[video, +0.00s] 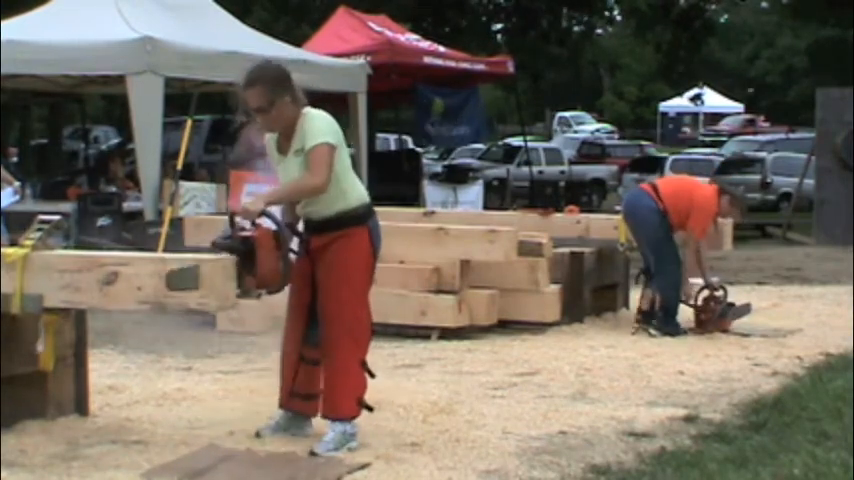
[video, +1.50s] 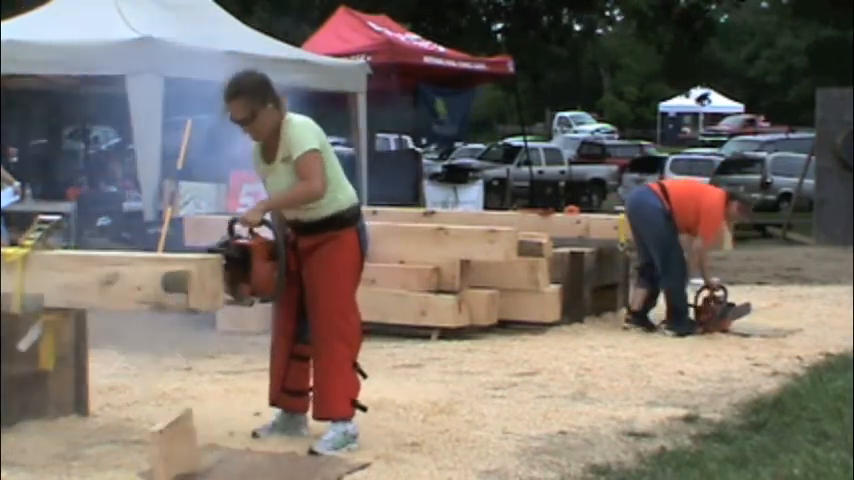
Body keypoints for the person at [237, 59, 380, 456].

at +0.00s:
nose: (260, 120)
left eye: (265, 109)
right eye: (254, 113)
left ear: (290, 99)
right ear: (252, 111)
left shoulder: (318, 124)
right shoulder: (274, 141)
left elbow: (319, 180)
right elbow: (290, 199)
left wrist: (267, 198)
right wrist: (283, 244)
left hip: (349, 233)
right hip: (313, 237)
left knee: (342, 324)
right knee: (302, 323)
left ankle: (344, 423)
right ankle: (297, 413)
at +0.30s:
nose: (250, 131)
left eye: (253, 121)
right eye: (244, 124)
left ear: (276, 107)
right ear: (245, 119)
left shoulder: (310, 130)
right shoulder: (264, 150)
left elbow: (315, 191)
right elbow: (284, 206)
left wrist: (265, 218)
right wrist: (286, 242)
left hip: (347, 235)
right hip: (309, 239)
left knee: (343, 325)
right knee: (302, 325)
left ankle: (344, 422)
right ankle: (296, 413)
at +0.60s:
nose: (245, 145)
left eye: (247, 135)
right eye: (238, 139)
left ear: (270, 121)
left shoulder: (302, 147)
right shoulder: (266, 164)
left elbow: (302, 214)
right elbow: (289, 221)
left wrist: (256, 254)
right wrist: (285, 275)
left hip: (349, 236)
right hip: (314, 240)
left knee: (341, 324)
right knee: (302, 321)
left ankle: (344, 423)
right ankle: (295, 414)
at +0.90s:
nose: (239, 145)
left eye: (240, 134)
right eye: (232, 139)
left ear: (263, 119)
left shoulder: (297, 144)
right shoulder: (262, 162)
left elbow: (301, 208)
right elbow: (282, 218)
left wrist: (249, 243)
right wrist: (275, 270)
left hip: (342, 237)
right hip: (307, 241)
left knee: (337, 325)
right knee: (296, 323)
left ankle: (343, 424)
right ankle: (293, 416)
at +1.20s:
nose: (237, 138)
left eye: (239, 128)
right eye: (231, 132)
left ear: (261, 113)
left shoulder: (295, 137)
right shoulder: (259, 156)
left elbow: (307, 198)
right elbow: (284, 210)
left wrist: (253, 227)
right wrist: (277, 256)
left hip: (336, 236)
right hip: (301, 241)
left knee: (332, 325)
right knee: (293, 325)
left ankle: (342, 423)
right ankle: (293, 414)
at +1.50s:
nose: (246, 130)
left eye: (249, 120)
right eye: (240, 124)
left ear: (272, 106)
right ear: (239, 119)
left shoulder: (300, 130)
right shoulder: (261, 151)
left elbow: (315, 186)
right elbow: (287, 204)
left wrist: (264, 208)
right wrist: (280, 251)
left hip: (335, 237)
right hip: (298, 240)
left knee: (333, 325)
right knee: (290, 325)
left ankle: (342, 422)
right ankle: (292, 414)